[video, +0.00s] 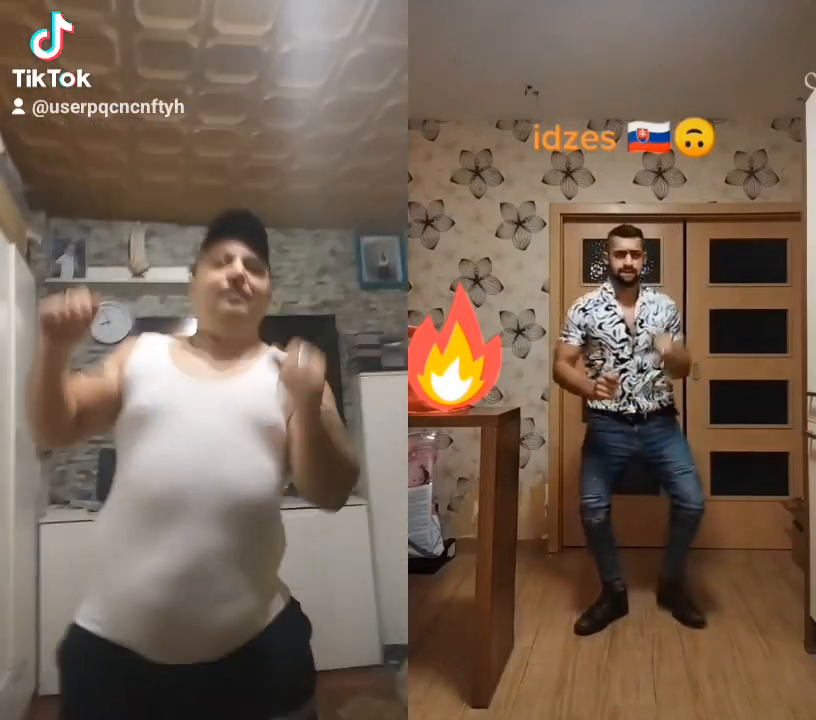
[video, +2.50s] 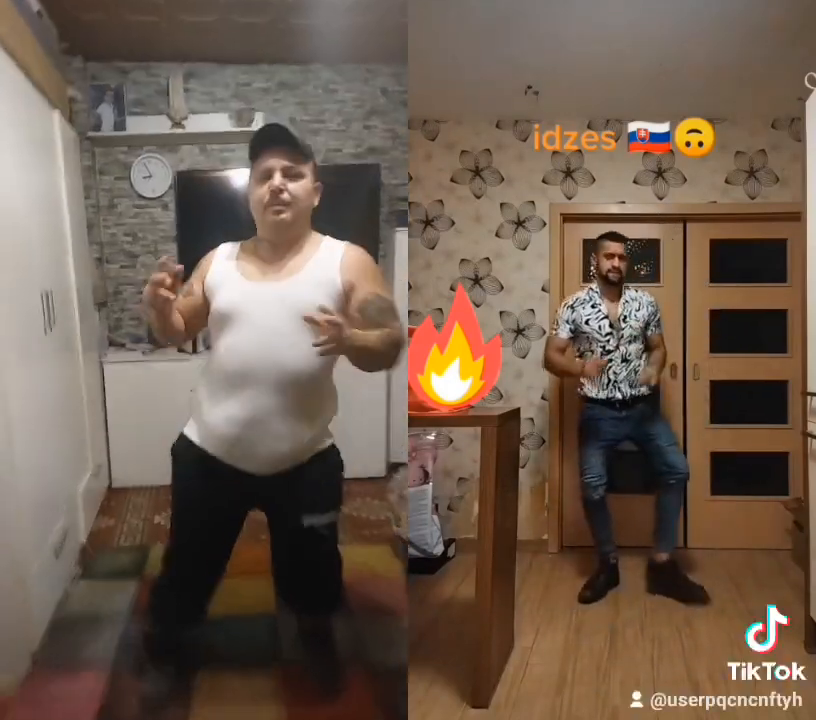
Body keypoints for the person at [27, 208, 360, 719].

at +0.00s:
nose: (237, 273)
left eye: (253, 266)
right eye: (221, 262)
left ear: (269, 293)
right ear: (194, 283)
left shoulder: (292, 376)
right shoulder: (140, 356)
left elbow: (329, 494)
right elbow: (51, 429)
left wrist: (307, 400)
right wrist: (55, 347)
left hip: (250, 650)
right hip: (118, 648)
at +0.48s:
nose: (164, 173)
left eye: (178, 164)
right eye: (139, 161)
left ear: (198, 196)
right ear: (102, 196)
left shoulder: (241, 288)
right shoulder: (72, 291)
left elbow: (298, 380)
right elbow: (42, 421)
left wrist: (343, 313)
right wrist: (164, 475)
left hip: (289, 608)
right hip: (142, 625)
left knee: (330, 711)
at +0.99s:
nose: (157, 68)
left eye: (173, 52)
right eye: (135, 56)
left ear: (201, 72)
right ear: (108, 88)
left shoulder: (253, 151)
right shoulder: (100, 218)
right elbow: (68, 324)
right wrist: (26, 366)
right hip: (161, 472)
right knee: (171, 692)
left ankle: (380, 706)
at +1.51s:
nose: (137, 45)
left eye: (149, 33)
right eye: (119, 37)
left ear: (175, 55)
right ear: (100, 69)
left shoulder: (225, 116)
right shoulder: (97, 159)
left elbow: (297, 180)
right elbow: (61, 260)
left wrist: (280, 211)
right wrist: (84, 193)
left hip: (252, 354)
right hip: (155, 368)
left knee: (296, 485)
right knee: (156, 512)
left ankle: (334, 587)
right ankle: (157, 625)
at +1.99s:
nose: (257, 87)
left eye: (269, 76)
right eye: (242, 79)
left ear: (289, 93)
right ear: (222, 101)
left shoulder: (328, 151)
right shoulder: (207, 185)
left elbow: (373, 226)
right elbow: (181, 261)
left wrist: (311, 177)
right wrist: (175, 295)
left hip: (314, 369)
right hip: (225, 367)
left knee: (326, 487)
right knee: (198, 481)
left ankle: (321, 556)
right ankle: (175, 567)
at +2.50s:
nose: (277, 186)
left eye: (291, 175)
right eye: (264, 176)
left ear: (315, 191)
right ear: (249, 194)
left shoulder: (347, 261)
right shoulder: (220, 262)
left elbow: (389, 346)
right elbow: (171, 333)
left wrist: (350, 339)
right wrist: (158, 304)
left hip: (303, 462)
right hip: (212, 457)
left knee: (314, 587)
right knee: (186, 577)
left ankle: (320, 656)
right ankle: (165, 667)